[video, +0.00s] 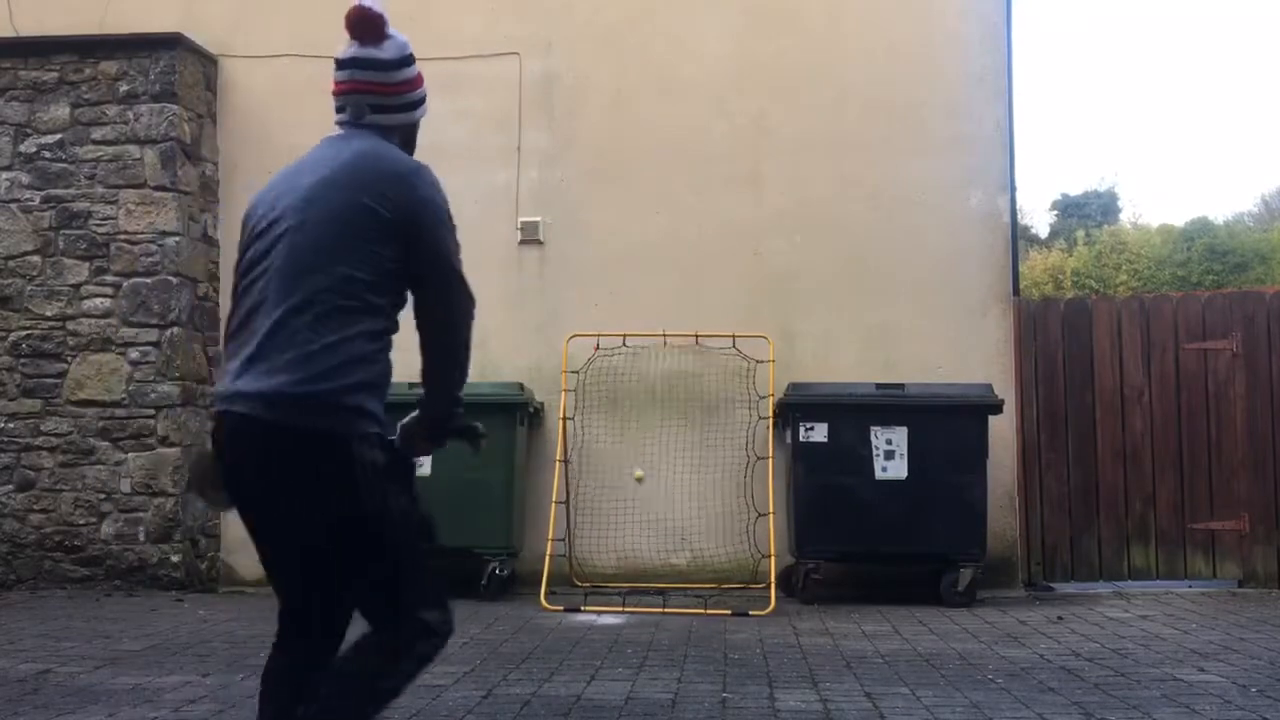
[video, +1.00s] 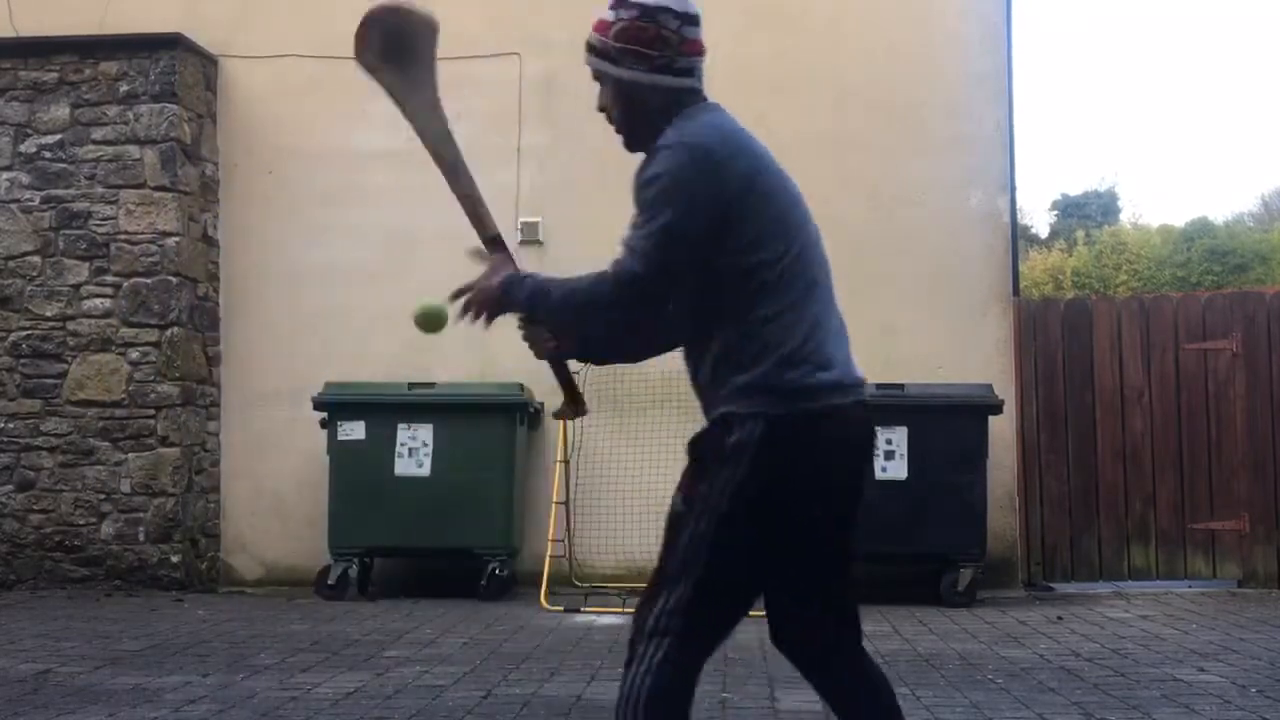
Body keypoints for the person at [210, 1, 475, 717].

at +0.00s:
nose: (418, 129)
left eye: (412, 115)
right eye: (418, 116)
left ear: (341, 108)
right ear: (410, 114)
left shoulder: (275, 189)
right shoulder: (407, 182)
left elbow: (243, 324)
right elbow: (447, 308)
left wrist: (229, 431)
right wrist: (435, 417)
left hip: (243, 425)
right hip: (333, 429)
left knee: (311, 612)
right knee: (417, 621)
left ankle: (281, 719)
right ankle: (318, 710)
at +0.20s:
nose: (478, 104)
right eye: (475, 94)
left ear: (399, 98)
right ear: (471, 102)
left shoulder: (338, 180)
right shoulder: (485, 178)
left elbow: (289, 311)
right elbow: (541, 302)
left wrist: (300, 366)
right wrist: (541, 426)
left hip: (329, 433)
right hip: (437, 436)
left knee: (342, 619)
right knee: (537, 632)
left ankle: (288, 717)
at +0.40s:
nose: (435, 70)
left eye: (436, 61)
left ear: (442, 68)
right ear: (518, 67)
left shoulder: (414, 159)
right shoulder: (586, 155)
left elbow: (355, 302)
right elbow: (642, 290)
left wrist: (335, 269)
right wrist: (642, 404)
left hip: (454, 435)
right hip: (575, 432)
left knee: (423, 622)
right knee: (604, 647)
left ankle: (384, 719)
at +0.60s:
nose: (454, 81)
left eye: (455, 67)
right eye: (455, 67)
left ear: (468, 63)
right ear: (540, 54)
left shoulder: (478, 134)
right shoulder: (634, 133)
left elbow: (379, 261)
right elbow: (636, 261)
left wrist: (280, 232)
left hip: (562, 396)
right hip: (670, 394)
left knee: (540, 630)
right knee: (645, 627)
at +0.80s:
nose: (520, 97)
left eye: (521, 80)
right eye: (518, 80)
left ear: (539, 74)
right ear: (601, 64)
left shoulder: (557, 154)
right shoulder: (667, 133)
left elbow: (516, 308)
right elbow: (668, 283)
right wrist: (613, 406)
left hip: (656, 411)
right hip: (747, 405)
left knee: (570, 637)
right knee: (674, 595)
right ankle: (759, 715)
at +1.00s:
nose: (600, 104)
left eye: (603, 83)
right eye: (598, 84)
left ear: (639, 81)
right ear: (670, 77)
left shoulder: (685, 155)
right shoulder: (723, 146)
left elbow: (639, 294)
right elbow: (669, 316)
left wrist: (519, 287)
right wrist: (572, 333)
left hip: (768, 428)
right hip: (830, 421)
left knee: (668, 639)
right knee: (817, 635)